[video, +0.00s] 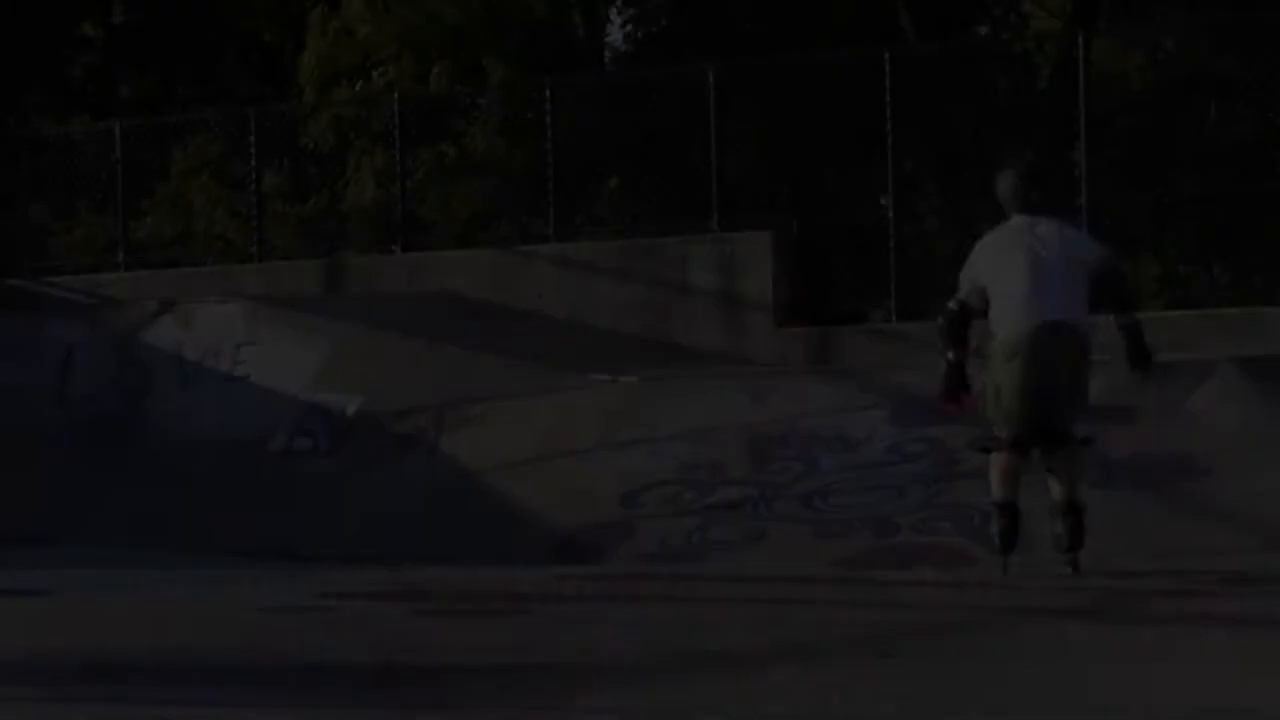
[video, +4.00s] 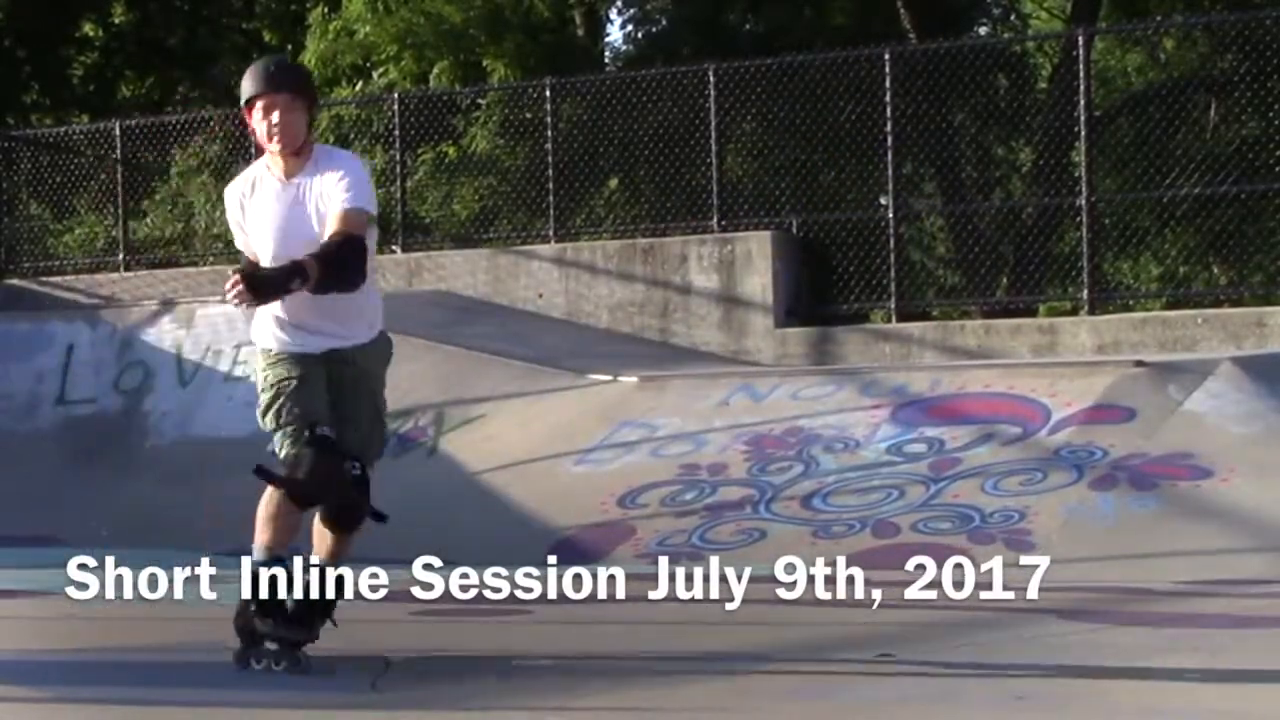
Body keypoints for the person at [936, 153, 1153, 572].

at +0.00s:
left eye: (1006, 197)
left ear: (1004, 202)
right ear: (1046, 198)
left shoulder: (990, 247)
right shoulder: (1072, 239)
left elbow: (960, 310)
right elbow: (1115, 285)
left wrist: (955, 367)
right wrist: (1135, 343)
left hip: (1013, 347)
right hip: (1069, 343)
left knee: (1006, 438)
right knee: (1062, 437)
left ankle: (1004, 516)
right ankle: (1069, 510)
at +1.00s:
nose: (791, 149)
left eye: (797, 140)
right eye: (785, 142)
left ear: (818, 136)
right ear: (782, 141)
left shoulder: (851, 162)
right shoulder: (789, 171)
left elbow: (885, 212)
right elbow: (824, 209)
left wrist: (869, 261)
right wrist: (844, 245)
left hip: (881, 252)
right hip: (830, 258)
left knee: (903, 326)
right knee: (818, 329)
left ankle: (907, 388)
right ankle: (830, 407)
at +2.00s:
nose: (544, 278)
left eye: (547, 271)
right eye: (544, 270)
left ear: (508, 259)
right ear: (527, 261)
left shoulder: (473, 280)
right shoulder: (521, 284)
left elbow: (432, 316)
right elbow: (549, 317)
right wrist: (600, 327)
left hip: (427, 366)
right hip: (469, 371)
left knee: (440, 460)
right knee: (493, 443)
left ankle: (395, 524)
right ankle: (479, 528)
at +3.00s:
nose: (232, 219)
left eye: (233, 210)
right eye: (228, 209)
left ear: (181, 209)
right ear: (208, 207)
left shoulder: (139, 249)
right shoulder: (218, 253)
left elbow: (101, 324)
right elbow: (244, 335)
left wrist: (91, 386)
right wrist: (233, 373)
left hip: (127, 359)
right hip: (184, 358)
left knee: (136, 473)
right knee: (227, 449)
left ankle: (88, 550)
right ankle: (215, 552)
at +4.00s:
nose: (273, 122)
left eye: (284, 109)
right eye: (262, 112)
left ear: (309, 111)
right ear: (248, 122)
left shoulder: (344, 172)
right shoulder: (240, 194)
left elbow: (347, 263)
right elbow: (264, 272)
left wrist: (277, 279)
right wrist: (253, 289)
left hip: (356, 346)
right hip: (285, 344)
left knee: (350, 487)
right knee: (304, 465)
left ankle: (315, 606)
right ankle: (258, 605)